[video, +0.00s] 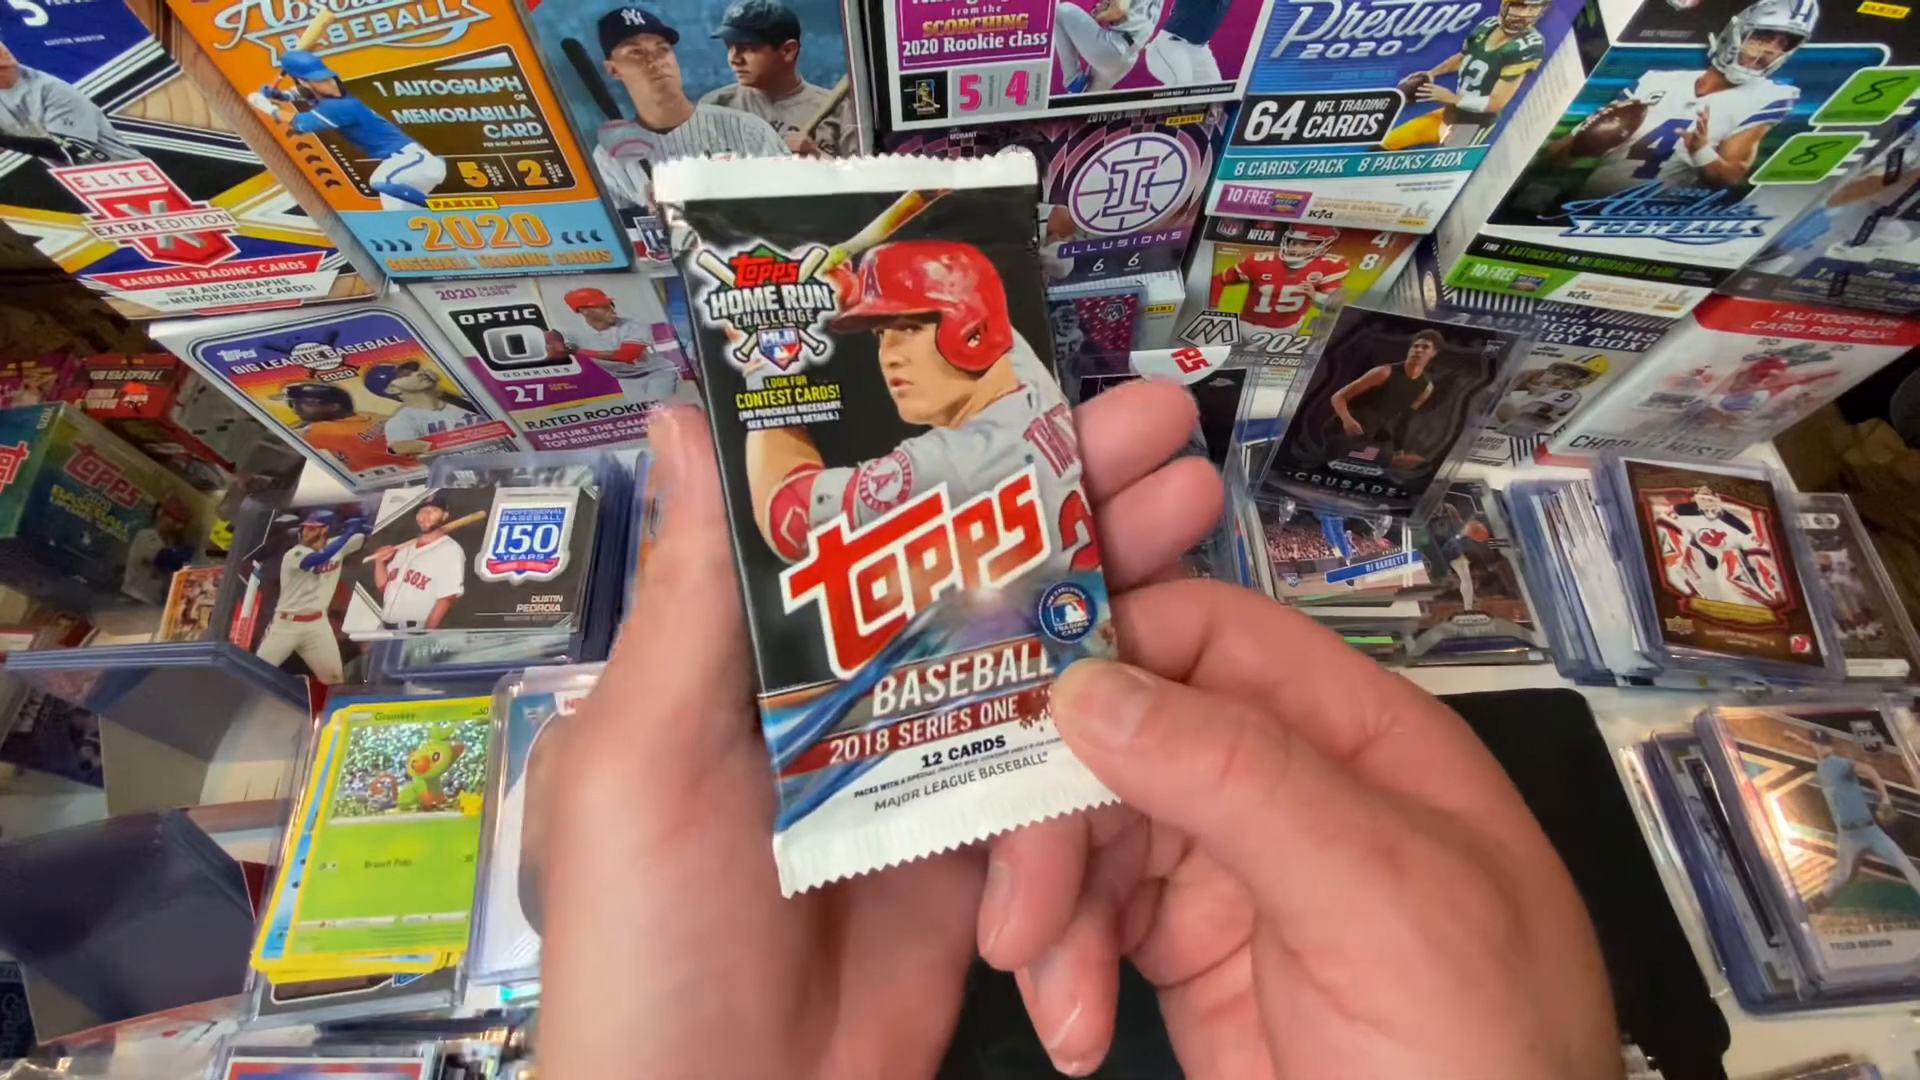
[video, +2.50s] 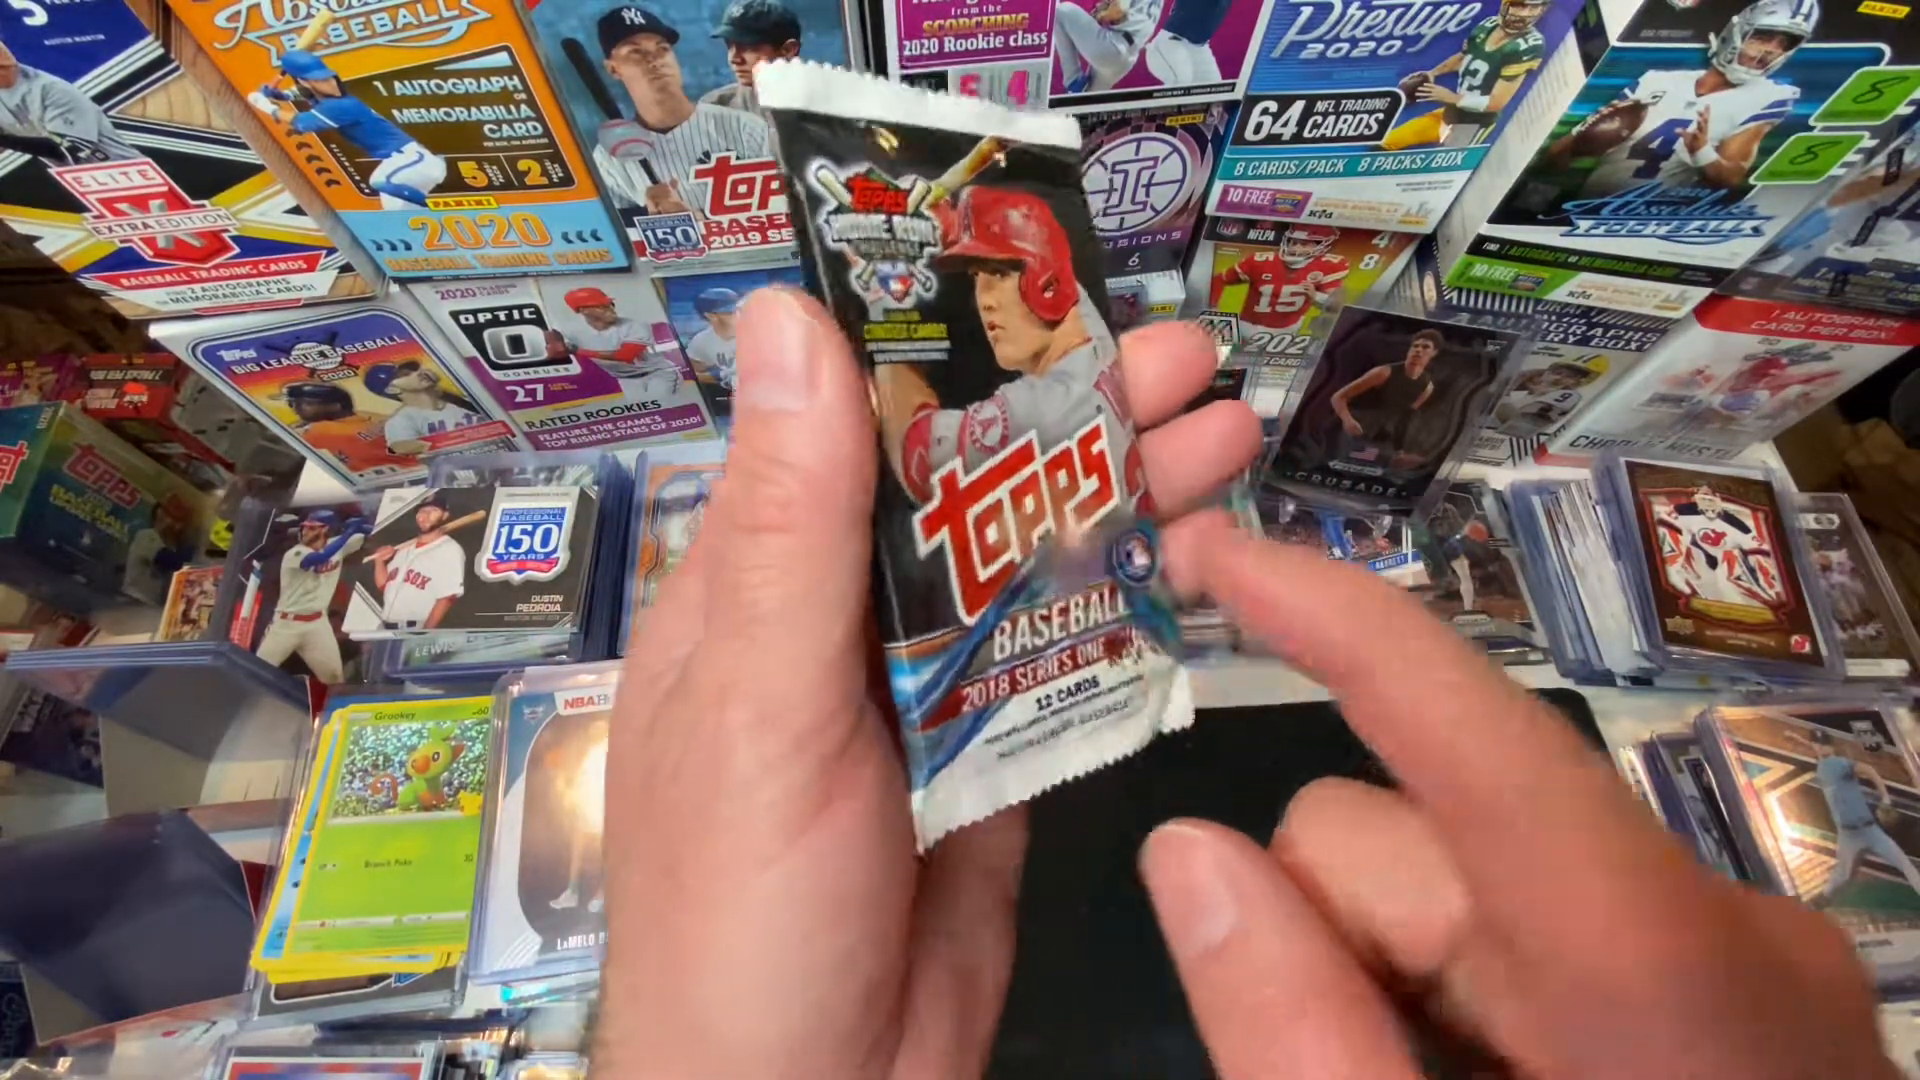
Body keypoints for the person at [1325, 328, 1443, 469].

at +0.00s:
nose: (1418, 350)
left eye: (1425, 347)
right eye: (1415, 346)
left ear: (1433, 354)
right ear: (1410, 349)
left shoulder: (1426, 389)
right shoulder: (1384, 373)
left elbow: (1404, 418)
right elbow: (1338, 397)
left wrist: (1399, 453)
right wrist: (1347, 420)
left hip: (1379, 436)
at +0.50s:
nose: (1418, 350)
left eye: (1425, 347)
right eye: (1415, 346)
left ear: (1433, 354)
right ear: (1409, 349)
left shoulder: (1426, 389)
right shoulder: (1384, 373)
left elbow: (1404, 419)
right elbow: (1338, 397)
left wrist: (1399, 452)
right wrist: (1347, 420)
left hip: (1382, 442)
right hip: (1354, 435)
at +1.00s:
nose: (1418, 350)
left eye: (1425, 347)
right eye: (1415, 346)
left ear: (1434, 354)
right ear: (1409, 349)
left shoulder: (1426, 389)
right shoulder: (1384, 373)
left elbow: (1404, 417)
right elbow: (1338, 397)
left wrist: (1399, 451)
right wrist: (1348, 421)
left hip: (1382, 439)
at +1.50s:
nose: (1418, 350)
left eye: (1425, 347)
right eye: (1415, 346)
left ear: (1434, 354)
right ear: (1409, 349)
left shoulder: (1426, 389)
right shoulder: (1384, 373)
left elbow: (1405, 417)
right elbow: (1338, 397)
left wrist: (1400, 450)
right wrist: (1347, 420)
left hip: (1384, 441)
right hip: (1357, 435)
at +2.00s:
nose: (1418, 350)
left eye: (1425, 347)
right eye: (1415, 346)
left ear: (1433, 355)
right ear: (1409, 350)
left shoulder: (1426, 389)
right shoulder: (1384, 373)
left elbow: (1404, 416)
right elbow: (1338, 397)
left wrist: (1399, 451)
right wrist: (1348, 421)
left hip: (1384, 442)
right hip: (1357, 435)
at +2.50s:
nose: (1418, 350)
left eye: (1425, 347)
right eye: (1415, 346)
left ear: (1433, 354)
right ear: (1409, 349)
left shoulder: (1426, 388)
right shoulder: (1384, 373)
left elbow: (1406, 416)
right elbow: (1338, 398)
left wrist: (1400, 450)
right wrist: (1348, 421)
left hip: (1386, 440)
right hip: (1359, 433)